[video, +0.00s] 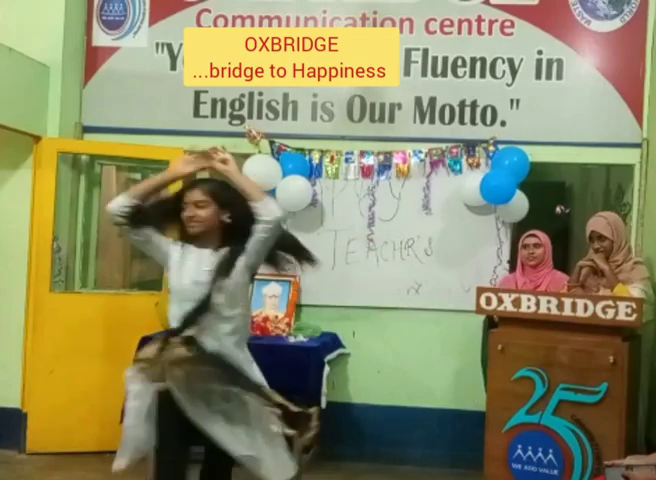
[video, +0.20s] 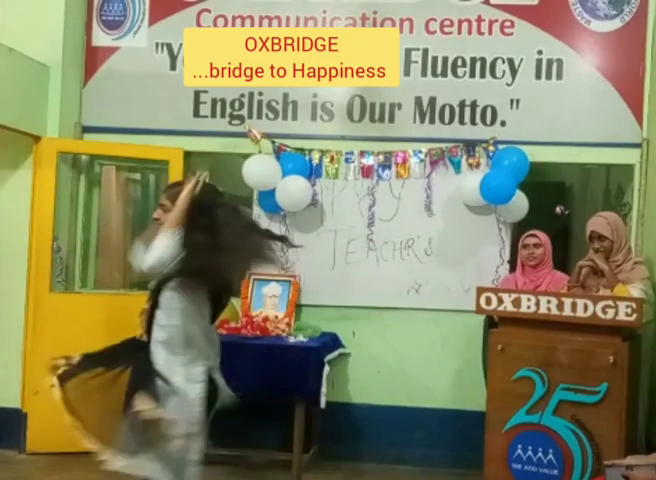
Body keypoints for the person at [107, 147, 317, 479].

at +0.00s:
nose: (190, 214)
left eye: (201, 205)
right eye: (186, 206)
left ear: (225, 214)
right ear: (180, 212)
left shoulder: (240, 260)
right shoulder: (174, 253)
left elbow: (271, 217)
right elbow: (118, 212)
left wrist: (234, 174)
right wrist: (172, 174)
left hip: (228, 385)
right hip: (175, 382)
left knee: (217, 472)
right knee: (168, 469)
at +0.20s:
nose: (156, 215)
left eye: (165, 208)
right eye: (158, 207)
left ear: (187, 219)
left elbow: (150, 264)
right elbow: (148, 345)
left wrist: (183, 205)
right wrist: (87, 361)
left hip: (185, 388)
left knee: (176, 465)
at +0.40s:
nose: (142, 211)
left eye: (152, 206)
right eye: (146, 203)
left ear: (175, 215)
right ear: (179, 217)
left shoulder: (162, 264)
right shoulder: (204, 266)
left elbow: (148, 331)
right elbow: (191, 331)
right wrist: (140, 348)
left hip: (164, 385)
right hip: (188, 383)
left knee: (145, 470)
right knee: (165, 468)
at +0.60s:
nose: (145, 213)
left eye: (157, 208)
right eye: (145, 204)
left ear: (181, 217)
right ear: (142, 203)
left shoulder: (174, 258)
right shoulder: (164, 255)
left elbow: (167, 337)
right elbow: (164, 335)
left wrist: (147, 404)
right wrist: (147, 400)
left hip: (167, 386)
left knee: (156, 471)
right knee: (151, 470)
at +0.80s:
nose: (162, 214)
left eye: (173, 208)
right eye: (156, 205)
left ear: (193, 215)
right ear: (148, 206)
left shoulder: (206, 259)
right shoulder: (146, 254)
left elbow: (251, 301)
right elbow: (120, 291)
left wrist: (209, 333)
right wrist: (113, 317)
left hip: (189, 382)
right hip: (150, 377)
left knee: (165, 468)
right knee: (143, 462)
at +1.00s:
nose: (203, 227)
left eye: (210, 220)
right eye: (194, 219)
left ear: (221, 225)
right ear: (176, 223)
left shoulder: (232, 268)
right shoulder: (164, 266)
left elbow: (271, 249)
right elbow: (117, 265)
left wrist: (220, 226)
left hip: (220, 384)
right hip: (176, 381)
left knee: (188, 469)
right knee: (149, 464)